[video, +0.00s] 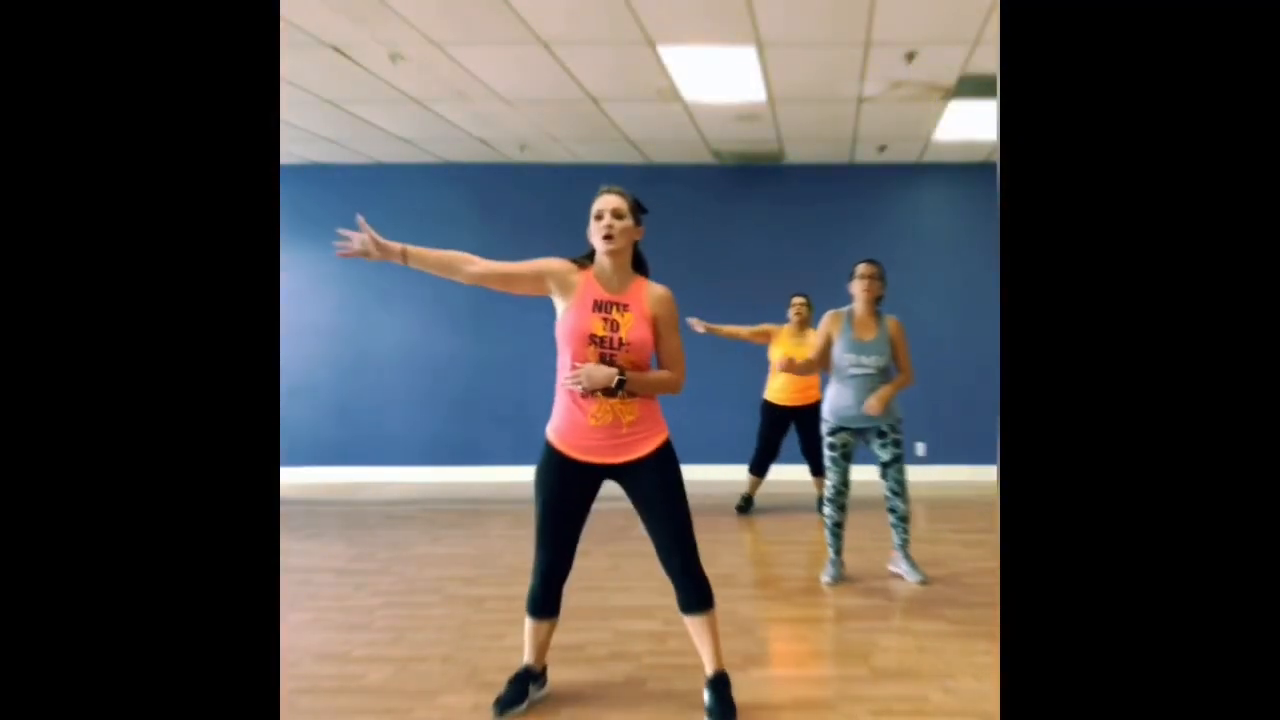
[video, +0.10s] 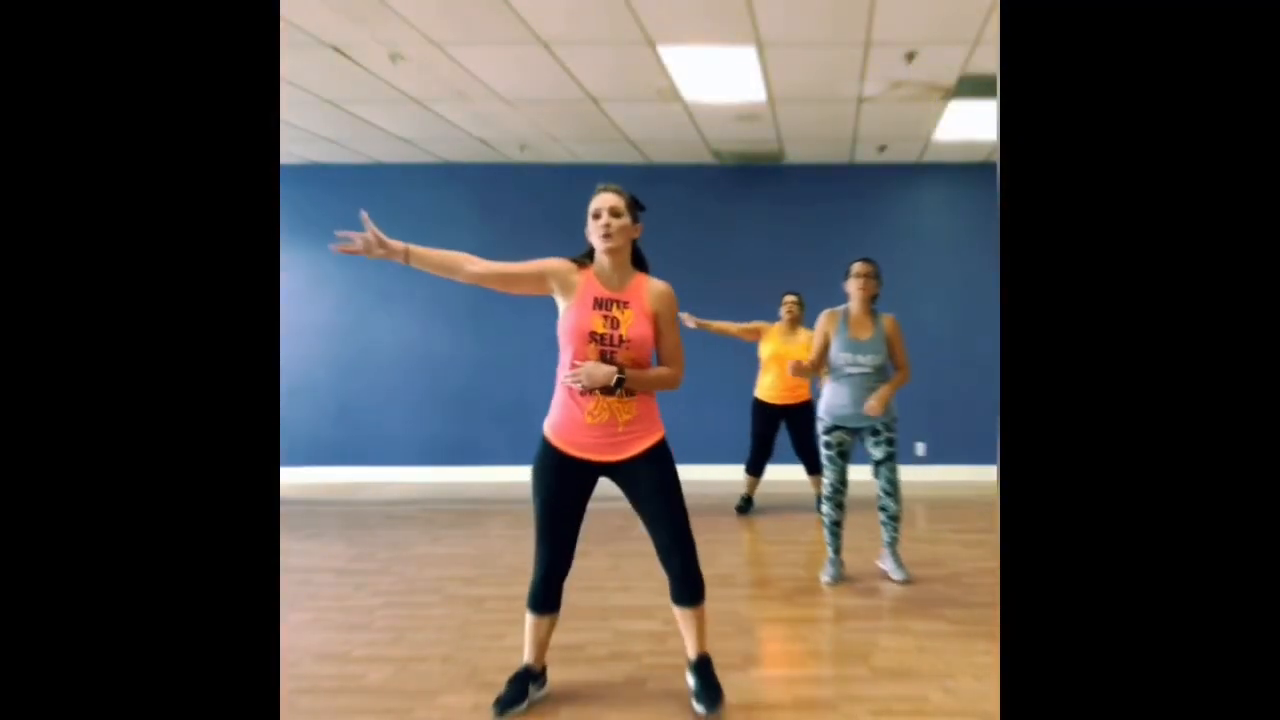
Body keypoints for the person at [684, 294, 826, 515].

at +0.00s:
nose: (798, 309)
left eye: (802, 306)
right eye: (794, 306)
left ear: (810, 313)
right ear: (788, 312)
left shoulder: (817, 338)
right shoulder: (775, 333)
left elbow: (830, 365)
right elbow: (743, 333)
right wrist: (709, 328)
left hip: (808, 402)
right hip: (776, 401)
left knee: (814, 452)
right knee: (765, 450)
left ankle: (823, 497)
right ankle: (748, 495)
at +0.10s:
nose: (790, 308)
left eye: (794, 304)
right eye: (786, 304)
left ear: (802, 311)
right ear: (780, 310)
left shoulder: (811, 338)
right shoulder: (765, 331)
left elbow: (824, 368)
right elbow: (733, 329)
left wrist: (828, 395)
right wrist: (700, 324)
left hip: (798, 401)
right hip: (766, 400)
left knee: (809, 451)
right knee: (760, 451)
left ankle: (821, 496)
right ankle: (747, 495)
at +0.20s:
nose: (782, 307)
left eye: (786, 303)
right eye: (778, 303)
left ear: (794, 310)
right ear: (772, 308)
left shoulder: (801, 336)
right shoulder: (757, 329)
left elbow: (809, 365)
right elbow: (725, 327)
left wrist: (812, 383)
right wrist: (689, 321)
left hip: (789, 398)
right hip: (758, 398)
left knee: (800, 448)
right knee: (756, 449)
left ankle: (819, 495)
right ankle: (746, 495)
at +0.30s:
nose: (775, 306)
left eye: (780, 303)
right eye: (772, 302)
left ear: (787, 309)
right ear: (766, 308)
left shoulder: (795, 335)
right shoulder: (751, 329)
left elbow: (806, 363)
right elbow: (720, 327)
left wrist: (805, 378)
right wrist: (693, 322)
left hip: (784, 399)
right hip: (753, 399)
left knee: (795, 449)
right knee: (754, 450)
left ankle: (808, 494)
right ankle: (746, 495)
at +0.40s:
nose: (772, 306)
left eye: (776, 303)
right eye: (768, 303)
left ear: (783, 309)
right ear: (762, 308)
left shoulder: (793, 335)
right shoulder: (748, 330)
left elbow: (802, 361)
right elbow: (718, 336)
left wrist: (801, 377)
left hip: (781, 398)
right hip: (751, 397)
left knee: (786, 450)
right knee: (752, 449)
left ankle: (788, 495)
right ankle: (747, 494)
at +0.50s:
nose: (769, 307)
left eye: (773, 303)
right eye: (765, 303)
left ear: (780, 309)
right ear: (759, 308)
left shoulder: (791, 334)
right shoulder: (746, 333)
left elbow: (802, 360)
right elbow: (725, 348)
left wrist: (799, 377)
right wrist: (707, 338)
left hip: (780, 398)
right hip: (750, 396)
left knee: (780, 452)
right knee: (751, 450)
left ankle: (779, 496)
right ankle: (747, 494)